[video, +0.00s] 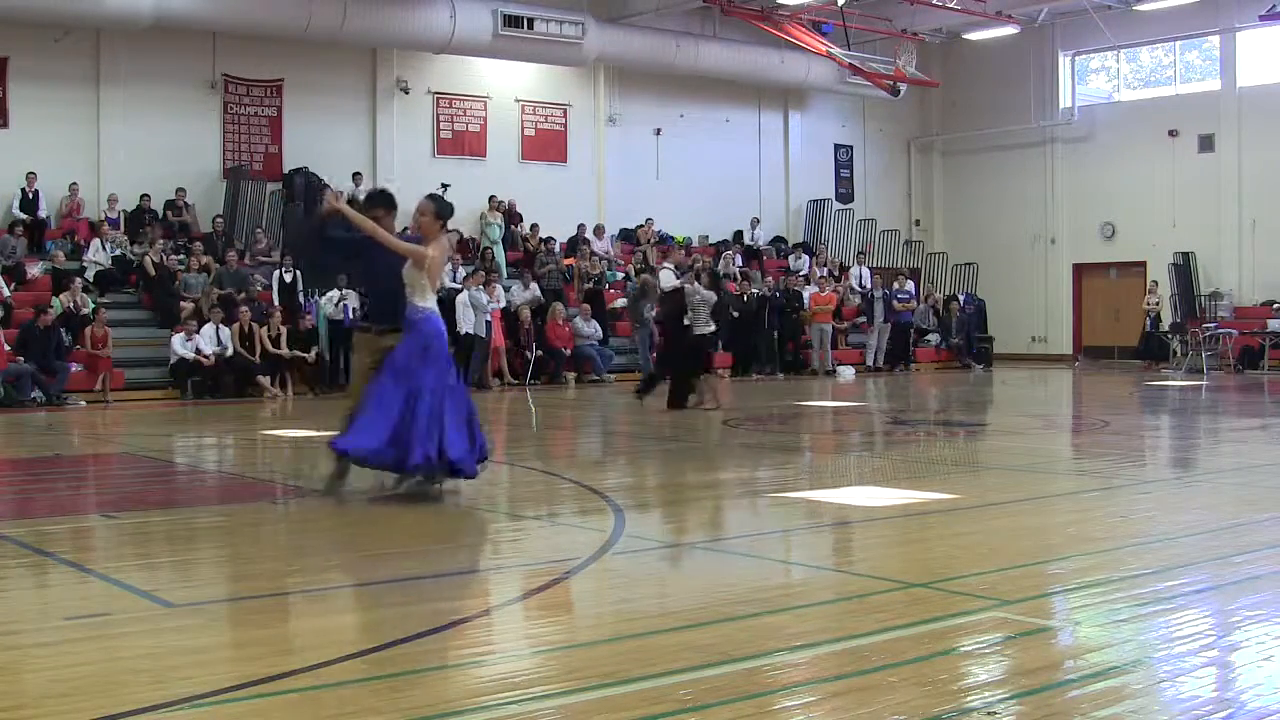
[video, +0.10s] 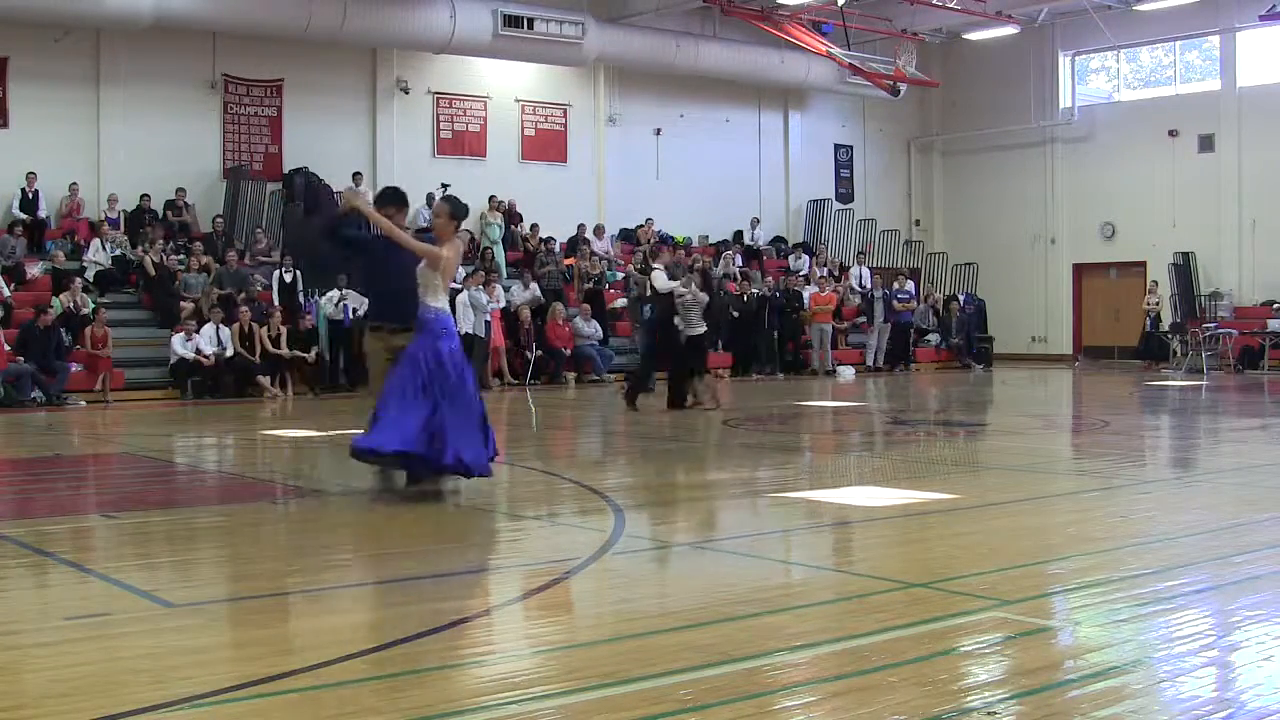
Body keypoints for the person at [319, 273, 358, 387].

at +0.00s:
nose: (342, 282)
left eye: (343, 280)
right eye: (340, 280)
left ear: (347, 281)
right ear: (336, 281)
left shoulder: (353, 295)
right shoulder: (329, 295)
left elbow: (356, 310)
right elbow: (328, 312)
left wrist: (355, 314)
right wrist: (337, 303)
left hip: (348, 323)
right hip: (334, 323)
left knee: (347, 352)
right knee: (334, 352)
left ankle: (347, 379)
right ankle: (333, 380)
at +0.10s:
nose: (342, 282)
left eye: (344, 280)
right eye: (340, 280)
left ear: (347, 281)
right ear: (336, 281)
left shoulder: (350, 294)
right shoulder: (329, 296)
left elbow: (365, 301)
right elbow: (328, 312)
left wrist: (360, 312)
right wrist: (337, 302)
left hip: (348, 324)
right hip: (334, 324)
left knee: (349, 354)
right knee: (334, 354)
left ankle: (350, 381)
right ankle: (333, 381)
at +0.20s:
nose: (341, 283)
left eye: (343, 280)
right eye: (339, 280)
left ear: (346, 282)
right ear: (336, 282)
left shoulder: (351, 294)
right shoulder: (329, 296)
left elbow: (366, 302)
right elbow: (327, 312)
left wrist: (359, 313)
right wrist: (337, 303)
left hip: (348, 323)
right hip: (334, 323)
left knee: (349, 355)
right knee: (334, 355)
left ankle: (350, 384)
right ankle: (334, 383)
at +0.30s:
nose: (341, 283)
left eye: (343, 280)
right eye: (339, 280)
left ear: (346, 282)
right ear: (336, 282)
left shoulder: (351, 294)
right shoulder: (329, 296)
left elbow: (366, 302)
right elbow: (327, 312)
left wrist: (359, 313)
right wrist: (337, 303)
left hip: (348, 323)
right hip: (334, 323)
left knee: (349, 355)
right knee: (334, 355)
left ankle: (350, 383)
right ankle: (334, 384)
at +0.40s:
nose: (341, 283)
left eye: (343, 280)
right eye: (339, 280)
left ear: (346, 282)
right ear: (336, 282)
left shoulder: (351, 294)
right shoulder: (329, 296)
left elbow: (366, 302)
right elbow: (328, 313)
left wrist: (359, 313)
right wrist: (337, 303)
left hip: (349, 323)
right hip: (334, 323)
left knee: (349, 355)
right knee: (334, 356)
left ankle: (350, 384)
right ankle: (334, 384)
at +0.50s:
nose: (341, 283)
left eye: (343, 280)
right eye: (339, 280)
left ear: (346, 282)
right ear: (336, 282)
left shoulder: (351, 294)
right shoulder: (329, 296)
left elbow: (366, 302)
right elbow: (328, 313)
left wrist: (359, 313)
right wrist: (337, 303)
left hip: (348, 323)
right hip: (334, 323)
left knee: (349, 355)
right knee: (334, 356)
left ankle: (350, 384)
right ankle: (334, 384)